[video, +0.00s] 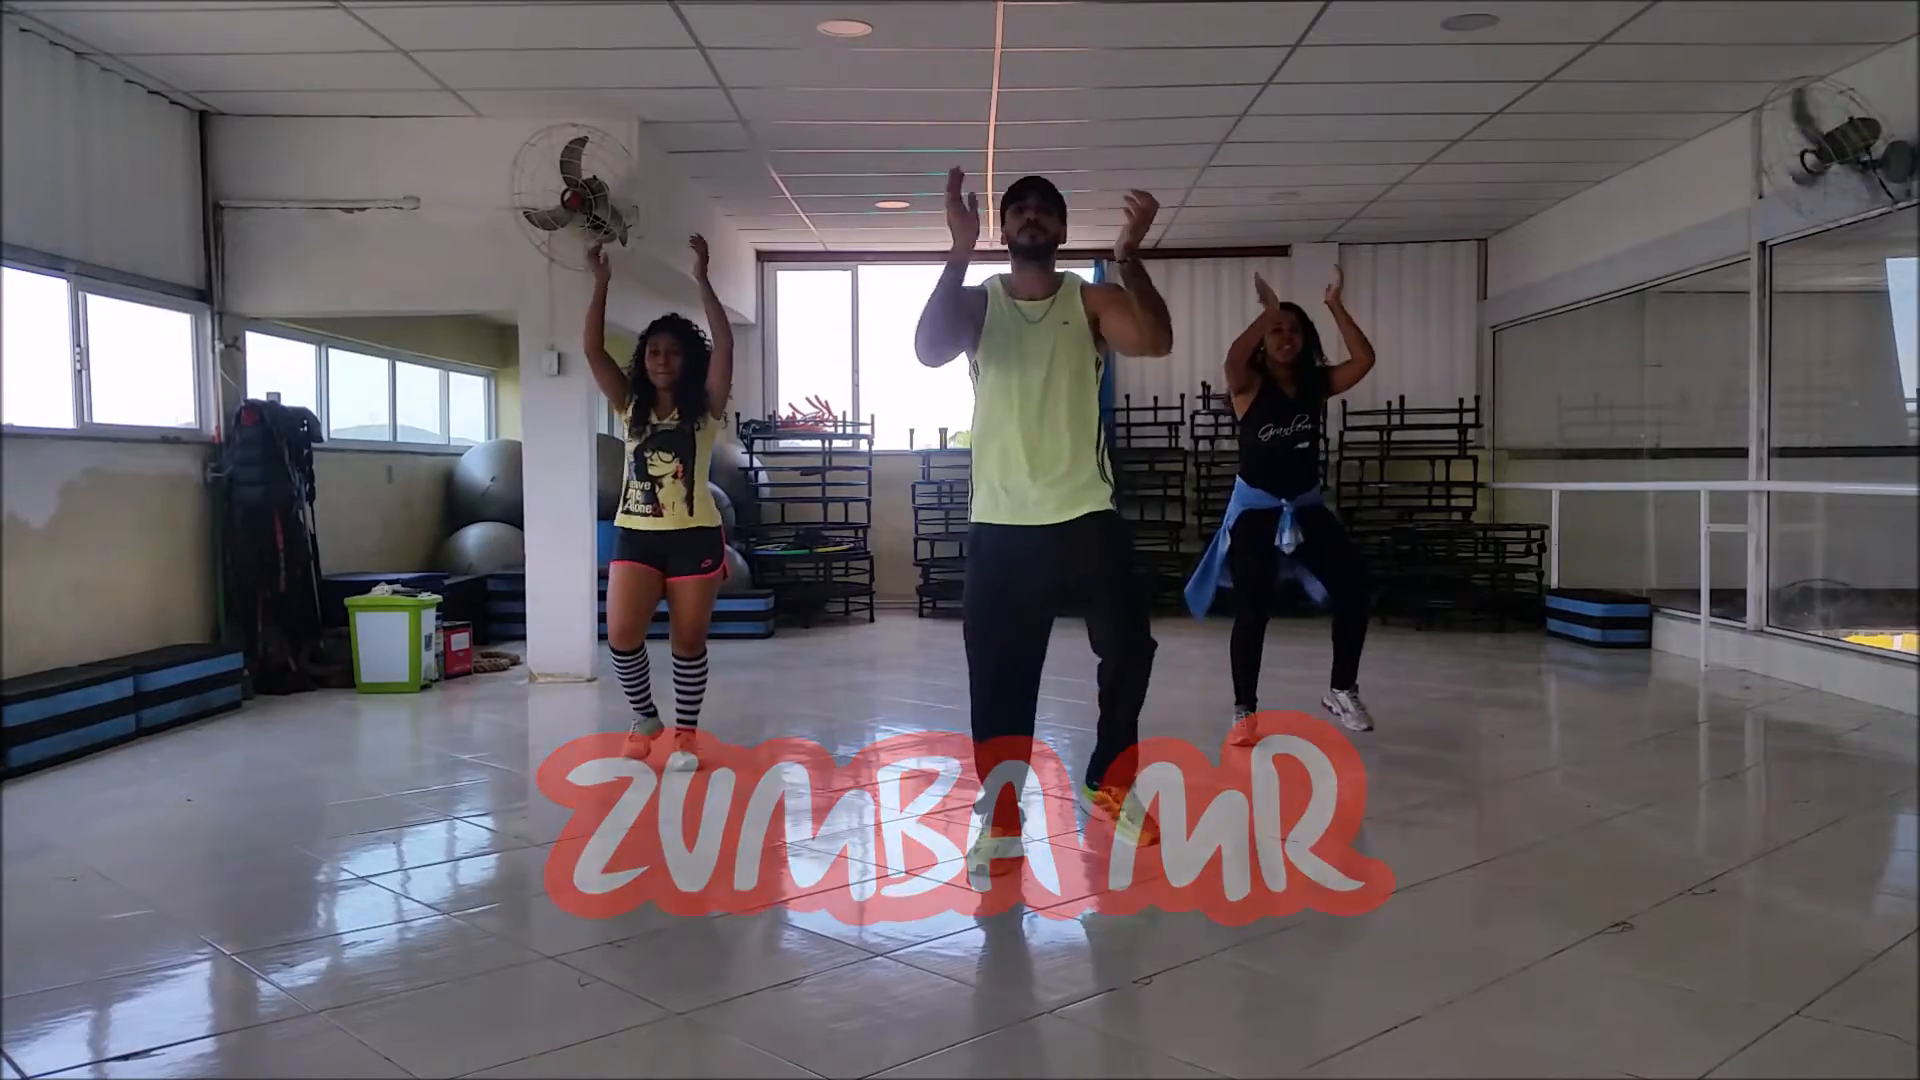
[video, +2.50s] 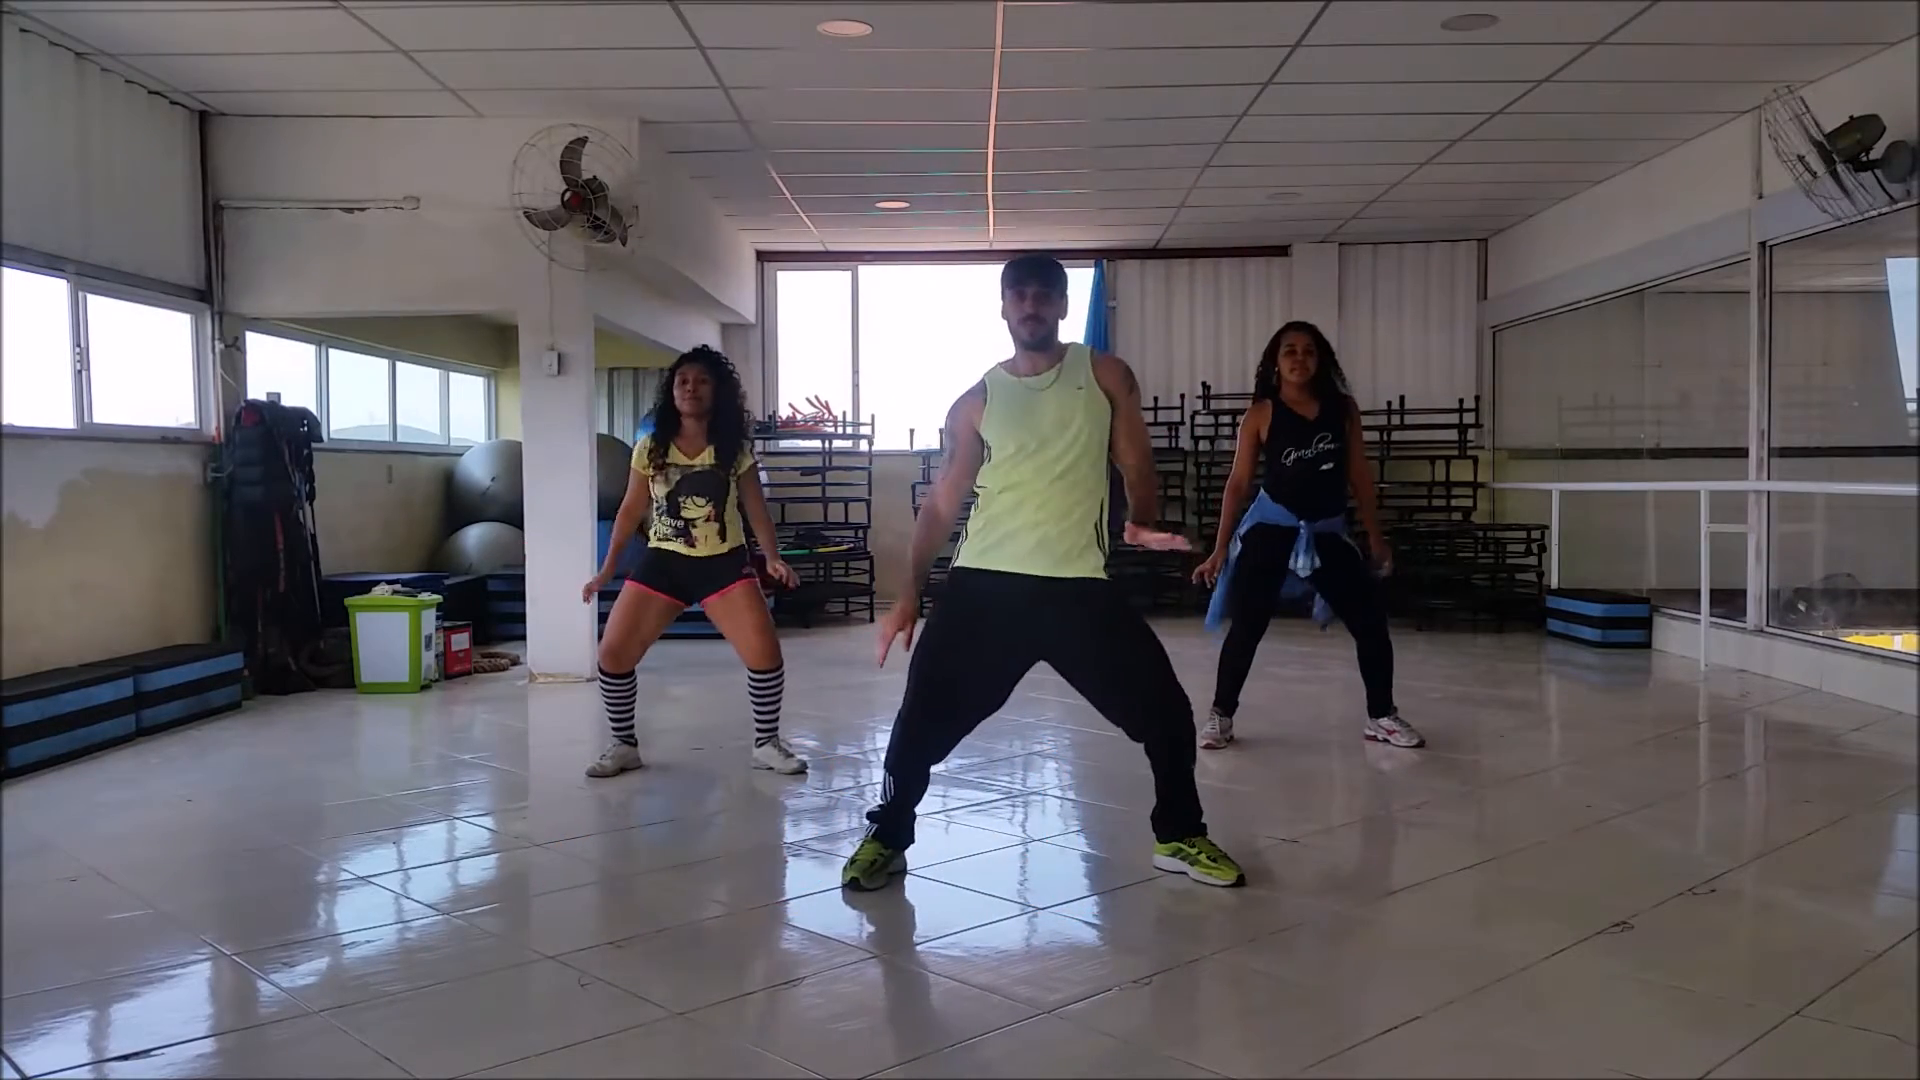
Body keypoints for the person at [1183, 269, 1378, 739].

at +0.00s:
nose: (1286, 338)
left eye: (1293, 330)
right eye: (1276, 331)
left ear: (1306, 339)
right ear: (1263, 341)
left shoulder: (1316, 384)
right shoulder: (1247, 386)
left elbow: (1363, 359)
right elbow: (1234, 359)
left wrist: (1336, 307)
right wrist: (1268, 312)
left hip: (1308, 510)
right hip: (1256, 512)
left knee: (1354, 589)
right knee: (1252, 606)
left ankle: (1341, 692)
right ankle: (1245, 711)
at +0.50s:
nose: (1308, 338)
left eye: (1316, 330)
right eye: (1299, 331)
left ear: (1330, 337)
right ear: (1286, 340)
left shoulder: (1342, 387)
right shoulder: (1270, 383)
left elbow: (1368, 366)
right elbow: (1229, 376)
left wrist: (1343, 313)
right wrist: (1272, 327)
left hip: (1329, 512)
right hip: (1274, 511)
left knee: (1329, 613)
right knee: (1256, 607)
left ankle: (1333, 715)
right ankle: (1240, 700)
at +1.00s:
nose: (1279, 335)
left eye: (1287, 329)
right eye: (1269, 329)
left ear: (1300, 339)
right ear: (1254, 339)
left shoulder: (1315, 390)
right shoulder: (1235, 387)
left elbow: (1350, 438)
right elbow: (1195, 444)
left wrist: (1362, 460)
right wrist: (1220, 476)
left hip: (1308, 511)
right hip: (1251, 512)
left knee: (1348, 598)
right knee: (1245, 611)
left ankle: (1365, 700)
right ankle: (1234, 715)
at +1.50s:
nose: (1306, 350)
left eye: (1315, 343)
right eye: (1297, 342)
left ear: (1327, 352)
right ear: (1282, 351)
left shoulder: (1347, 403)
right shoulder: (1263, 403)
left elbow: (1366, 469)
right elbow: (1241, 470)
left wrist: (1388, 531)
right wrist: (1228, 534)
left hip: (1342, 523)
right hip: (1283, 524)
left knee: (1364, 620)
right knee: (1257, 621)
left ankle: (1381, 717)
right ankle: (1224, 715)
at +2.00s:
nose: (1301, 356)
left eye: (1310, 350)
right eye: (1292, 349)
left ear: (1321, 359)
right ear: (1276, 357)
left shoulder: (1339, 411)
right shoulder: (1256, 408)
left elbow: (1360, 478)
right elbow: (1232, 475)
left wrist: (1380, 538)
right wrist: (1214, 538)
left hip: (1331, 530)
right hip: (1271, 531)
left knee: (1369, 617)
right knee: (1248, 621)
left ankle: (1382, 716)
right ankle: (1221, 716)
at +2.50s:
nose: (1299, 358)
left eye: (1308, 351)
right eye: (1290, 351)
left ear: (1320, 360)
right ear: (1274, 361)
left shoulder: (1343, 410)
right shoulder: (1260, 414)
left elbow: (1360, 475)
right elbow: (1238, 483)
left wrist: (1373, 533)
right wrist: (1220, 548)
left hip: (1328, 535)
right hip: (1271, 533)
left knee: (1371, 623)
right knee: (1248, 623)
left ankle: (1382, 717)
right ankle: (1221, 716)